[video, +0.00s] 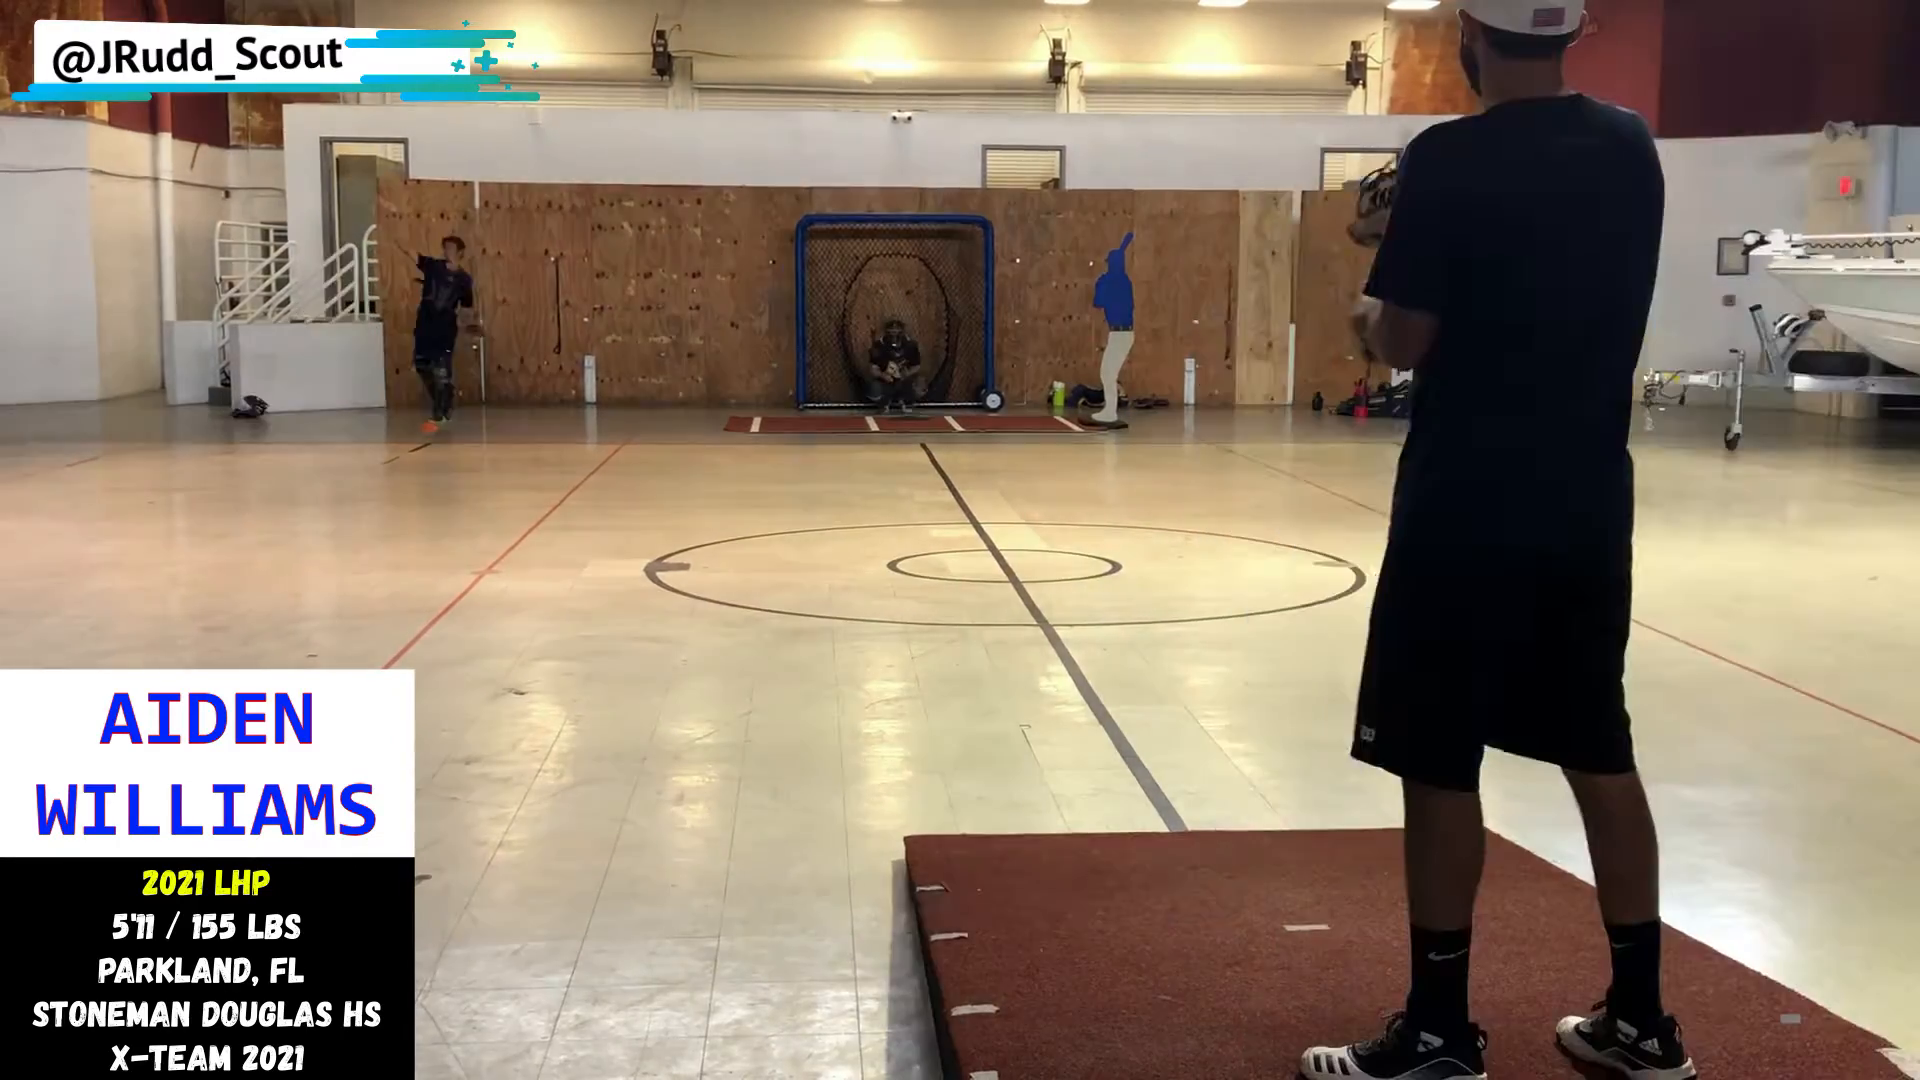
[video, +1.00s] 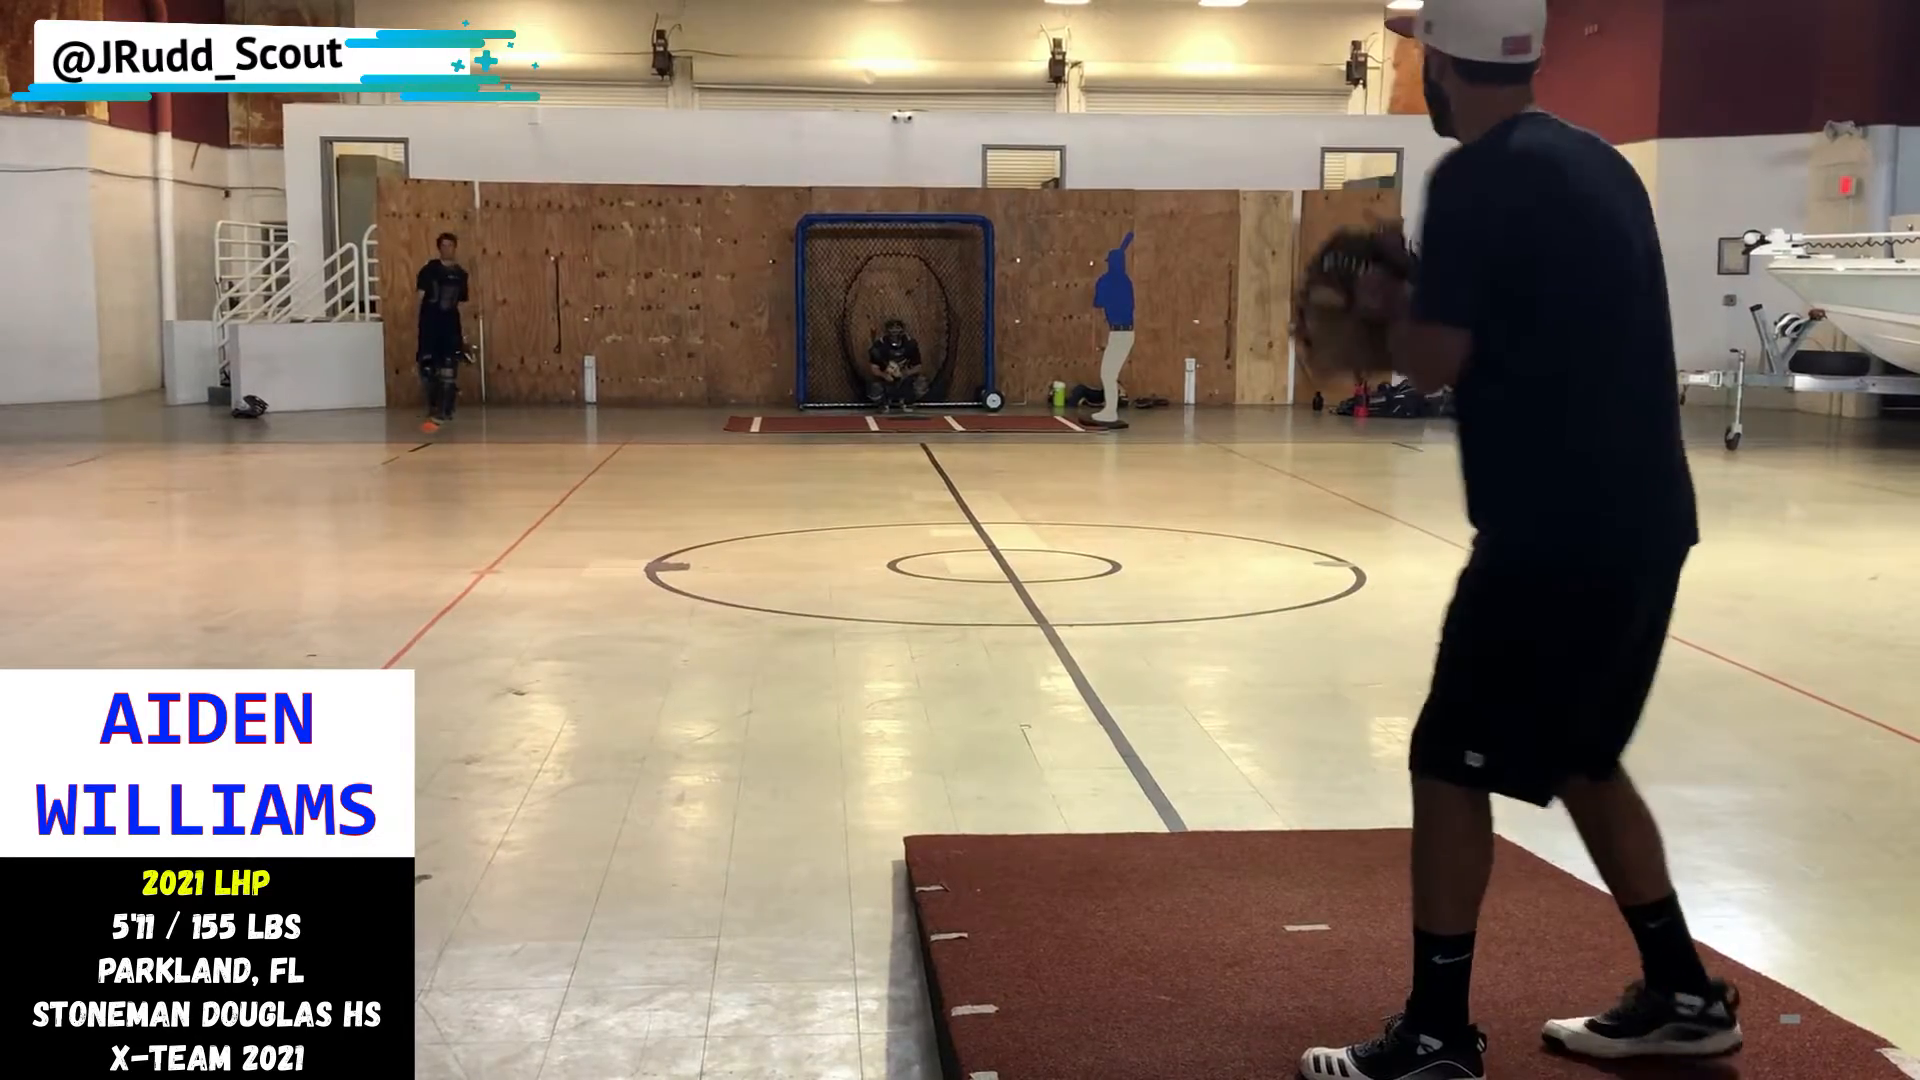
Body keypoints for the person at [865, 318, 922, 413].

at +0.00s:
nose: (894, 336)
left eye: (897, 333)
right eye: (891, 333)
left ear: (902, 332)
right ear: (886, 332)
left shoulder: (911, 345)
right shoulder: (878, 346)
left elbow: (916, 366)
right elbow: (873, 369)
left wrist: (906, 374)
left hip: (903, 381)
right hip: (886, 382)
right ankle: (884, 405)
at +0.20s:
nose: (895, 334)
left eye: (898, 331)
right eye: (892, 331)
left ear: (902, 331)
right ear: (887, 331)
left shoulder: (911, 344)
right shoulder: (879, 345)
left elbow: (917, 366)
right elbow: (874, 368)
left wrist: (906, 373)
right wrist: (885, 375)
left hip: (904, 379)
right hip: (887, 380)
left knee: (921, 383)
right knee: (875, 386)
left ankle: (906, 402)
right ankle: (883, 404)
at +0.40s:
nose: (895, 335)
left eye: (897, 332)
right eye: (892, 332)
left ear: (902, 331)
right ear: (887, 332)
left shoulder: (911, 344)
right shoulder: (879, 346)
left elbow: (917, 367)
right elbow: (874, 368)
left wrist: (906, 373)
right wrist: (884, 375)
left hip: (904, 380)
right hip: (887, 380)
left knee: (921, 383)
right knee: (875, 386)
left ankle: (906, 402)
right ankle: (883, 405)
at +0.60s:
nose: (895, 335)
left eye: (898, 331)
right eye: (892, 331)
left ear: (903, 331)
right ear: (888, 332)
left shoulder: (911, 344)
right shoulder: (879, 345)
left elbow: (918, 366)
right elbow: (874, 368)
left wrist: (906, 373)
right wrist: (885, 375)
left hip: (905, 379)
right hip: (887, 380)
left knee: (922, 383)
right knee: (876, 385)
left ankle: (906, 402)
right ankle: (884, 405)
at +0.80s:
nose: (895, 334)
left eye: (898, 331)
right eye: (892, 331)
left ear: (902, 331)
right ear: (887, 331)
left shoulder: (910, 344)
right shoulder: (879, 345)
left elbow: (917, 367)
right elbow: (874, 369)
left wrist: (905, 373)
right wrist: (884, 375)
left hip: (904, 379)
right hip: (887, 379)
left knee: (921, 383)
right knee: (875, 386)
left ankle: (906, 402)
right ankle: (883, 404)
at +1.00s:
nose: (896, 335)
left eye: (898, 332)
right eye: (892, 332)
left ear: (902, 331)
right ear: (887, 332)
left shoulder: (911, 344)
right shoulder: (879, 345)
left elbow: (918, 367)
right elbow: (874, 368)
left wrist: (906, 373)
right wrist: (885, 375)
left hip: (904, 379)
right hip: (887, 379)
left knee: (921, 382)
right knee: (875, 386)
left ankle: (907, 403)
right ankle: (883, 405)